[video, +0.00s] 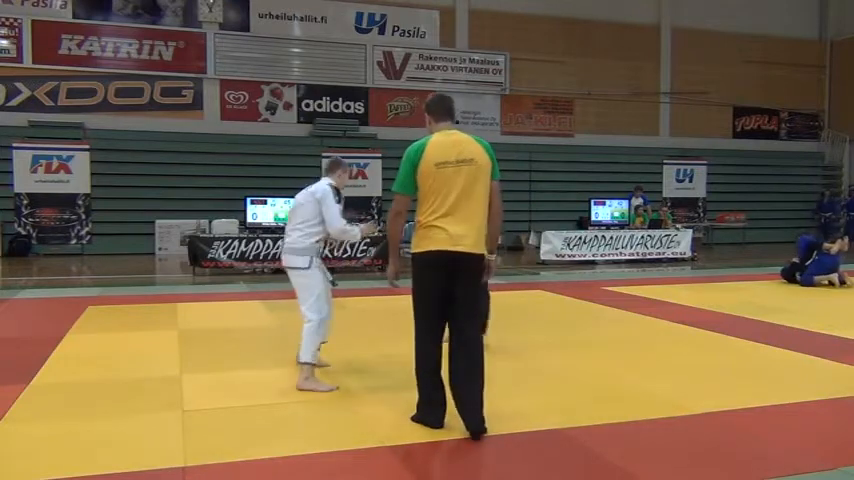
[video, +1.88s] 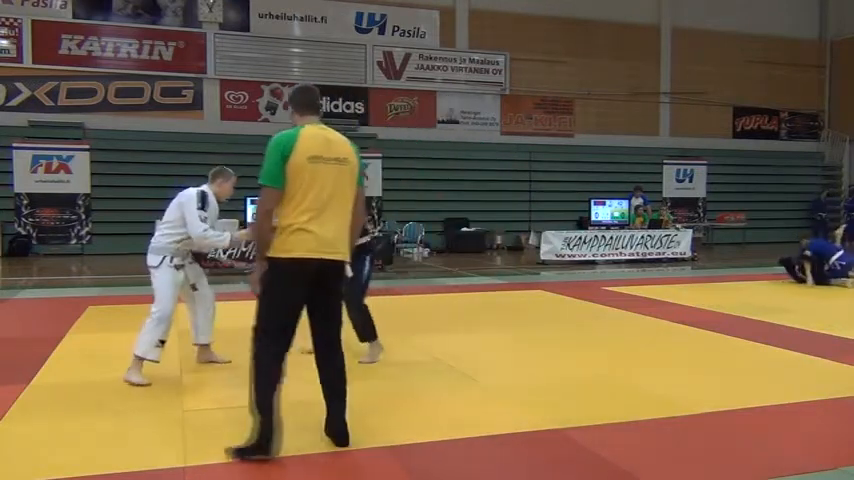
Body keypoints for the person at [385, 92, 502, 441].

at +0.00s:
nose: (425, 123)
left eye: (425, 119)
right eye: (430, 118)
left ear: (428, 118)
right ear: (455, 116)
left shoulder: (417, 151)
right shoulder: (483, 148)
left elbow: (398, 210)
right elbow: (496, 206)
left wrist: (393, 258)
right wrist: (491, 251)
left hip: (429, 255)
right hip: (471, 256)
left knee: (427, 335)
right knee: (467, 336)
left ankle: (431, 412)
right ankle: (474, 419)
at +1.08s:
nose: (361, 117)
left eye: (360, 112)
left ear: (363, 112)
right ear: (393, 111)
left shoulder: (352, 145)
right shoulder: (421, 148)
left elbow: (332, 210)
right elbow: (433, 209)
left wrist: (333, 256)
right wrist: (428, 262)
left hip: (362, 263)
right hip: (406, 263)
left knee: (363, 351)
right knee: (418, 340)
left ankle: (373, 442)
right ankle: (447, 418)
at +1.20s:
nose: (350, 117)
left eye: (347, 112)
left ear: (347, 111)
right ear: (379, 110)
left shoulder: (338, 145)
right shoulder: (409, 146)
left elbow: (318, 210)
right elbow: (420, 208)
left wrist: (310, 267)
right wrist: (416, 259)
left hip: (354, 263)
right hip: (398, 262)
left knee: (359, 350)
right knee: (394, 336)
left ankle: (373, 441)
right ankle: (411, 418)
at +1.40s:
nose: (332, 117)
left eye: (329, 112)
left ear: (328, 112)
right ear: (361, 110)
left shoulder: (322, 146)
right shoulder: (391, 146)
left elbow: (301, 211)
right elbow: (404, 207)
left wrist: (292, 267)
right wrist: (398, 260)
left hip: (341, 259)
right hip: (381, 258)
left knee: (353, 348)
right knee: (357, 343)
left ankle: (373, 443)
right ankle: (344, 425)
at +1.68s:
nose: (306, 119)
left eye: (306, 115)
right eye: (310, 115)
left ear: (309, 113)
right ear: (340, 112)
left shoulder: (306, 140)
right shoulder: (367, 149)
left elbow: (292, 207)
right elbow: (375, 210)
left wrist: (286, 261)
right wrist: (368, 263)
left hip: (313, 259)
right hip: (352, 260)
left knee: (303, 338)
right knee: (338, 340)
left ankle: (346, 416)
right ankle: (338, 428)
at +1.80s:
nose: (298, 118)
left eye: (298, 113)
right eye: (304, 114)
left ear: (301, 113)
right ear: (330, 111)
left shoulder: (294, 141)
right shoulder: (357, 149)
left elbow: (280, 204)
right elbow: (364, 209)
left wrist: (272, 257)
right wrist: (355, 257)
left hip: (299, 259)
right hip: (341, 261)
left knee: (281, 336)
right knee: (333, 343)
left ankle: (300, 425)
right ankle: (338, 427)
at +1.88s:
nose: (288, 118)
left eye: (287, 112)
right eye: (291, 112)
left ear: (293, 111)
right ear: (320, 110)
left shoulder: (284, 141)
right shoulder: (349, 148)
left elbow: (266, 208)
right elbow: (358, 213)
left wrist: (260, 259)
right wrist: (342, 253)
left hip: (288, 261)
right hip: (332, 263)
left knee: (269, 346)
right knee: (330, 345)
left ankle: (264, 439)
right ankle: (338, 428)